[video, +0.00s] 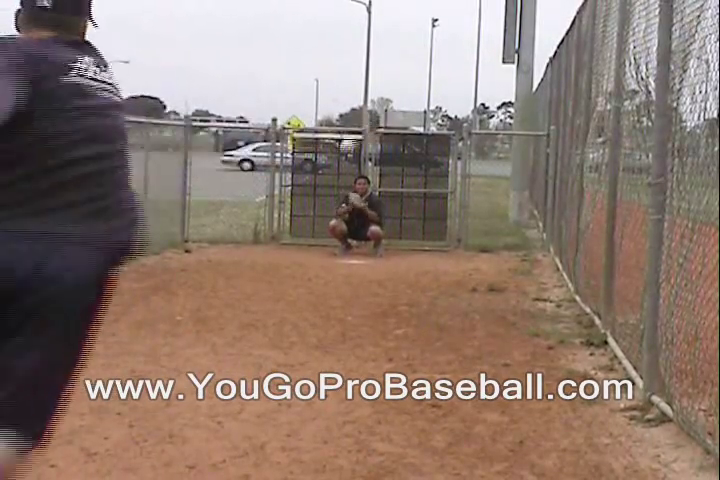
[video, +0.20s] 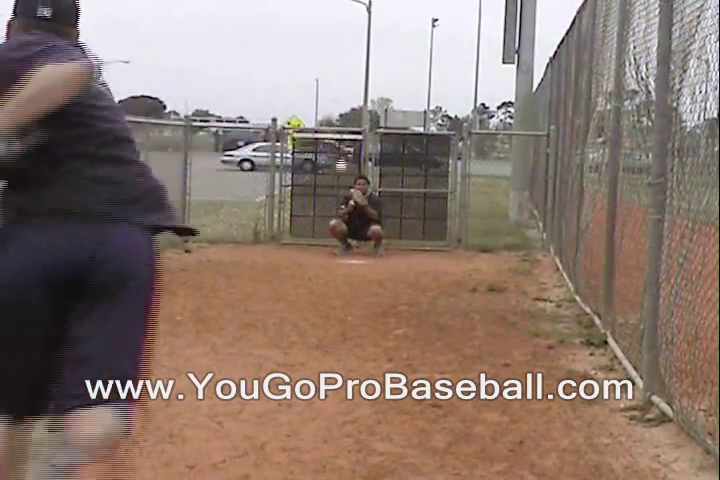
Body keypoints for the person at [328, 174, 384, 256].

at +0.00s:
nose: (361, 187)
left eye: (364, 184)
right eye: (359, 184)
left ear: (368, 186)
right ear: (354, 186)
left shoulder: (373, 199)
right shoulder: (349, 197)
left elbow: (378, 219)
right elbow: (338, 213)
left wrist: (363, 208)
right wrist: (348, 208)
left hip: (366, 227)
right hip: (351, 226)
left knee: (376, 231)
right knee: (334, 225)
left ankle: (377, 245)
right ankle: (346, 245)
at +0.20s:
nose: (361, 187)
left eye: (363, 184)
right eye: (358, 184)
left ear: (367, 186)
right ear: (354, 186)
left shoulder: (373, 199)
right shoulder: (348, 198)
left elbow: (377, 217)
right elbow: (338, 213)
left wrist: (365, 206)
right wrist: (348, 209)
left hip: (366, 228)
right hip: (350, 227)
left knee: (376, 230)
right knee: (334, 225)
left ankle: (377, 246)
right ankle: (346, 245)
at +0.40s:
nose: (360, 189)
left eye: (362, 186)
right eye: (357, 186)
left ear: (366, 188)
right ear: (353, 188)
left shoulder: (372, 199)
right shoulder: (347, 198)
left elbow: (376, 215)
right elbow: (337, 214)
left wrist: (362, 205)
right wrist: (348, 213)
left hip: (367, 228)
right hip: (351, 228)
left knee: (378, 229)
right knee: (334, 225)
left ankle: (377, 246)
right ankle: (346, 245)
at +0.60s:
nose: (358, 190)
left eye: (360, 188)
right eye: (355, 188)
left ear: (364, 190)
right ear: (352, 189)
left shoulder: (369, 199)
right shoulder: (347, 201)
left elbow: (374, 208)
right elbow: (337, 214)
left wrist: (365, 211)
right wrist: (348, 214)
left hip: (366, 228)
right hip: (351, 227)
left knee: (378, 227)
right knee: (334, 225)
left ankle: (377, 246)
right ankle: (346, 245)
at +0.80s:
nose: (356, 193)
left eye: (358, 190)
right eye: (354, 190)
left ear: (363, 191)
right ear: (351, 191)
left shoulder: (368, 200)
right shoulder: (346, 201)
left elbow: (371, 210)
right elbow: (333, 212)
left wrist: (367, 222)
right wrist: (349, 215)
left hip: (366, 228)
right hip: (351, 228)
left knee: (380, 226)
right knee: (335, 224)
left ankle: (379, 246)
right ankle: (346, 245)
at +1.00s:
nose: (355, 192)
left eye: (358, 190)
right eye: (353, 190)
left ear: (362, 191)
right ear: (350, 191)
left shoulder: (369, 202)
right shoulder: (346, 201)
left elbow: (369, 222)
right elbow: (333, 212)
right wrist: (347, 213)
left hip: (366, 227)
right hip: (352, 227)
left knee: (382, 225)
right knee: (336, 223)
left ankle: (382, 246)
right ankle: (346, 246)